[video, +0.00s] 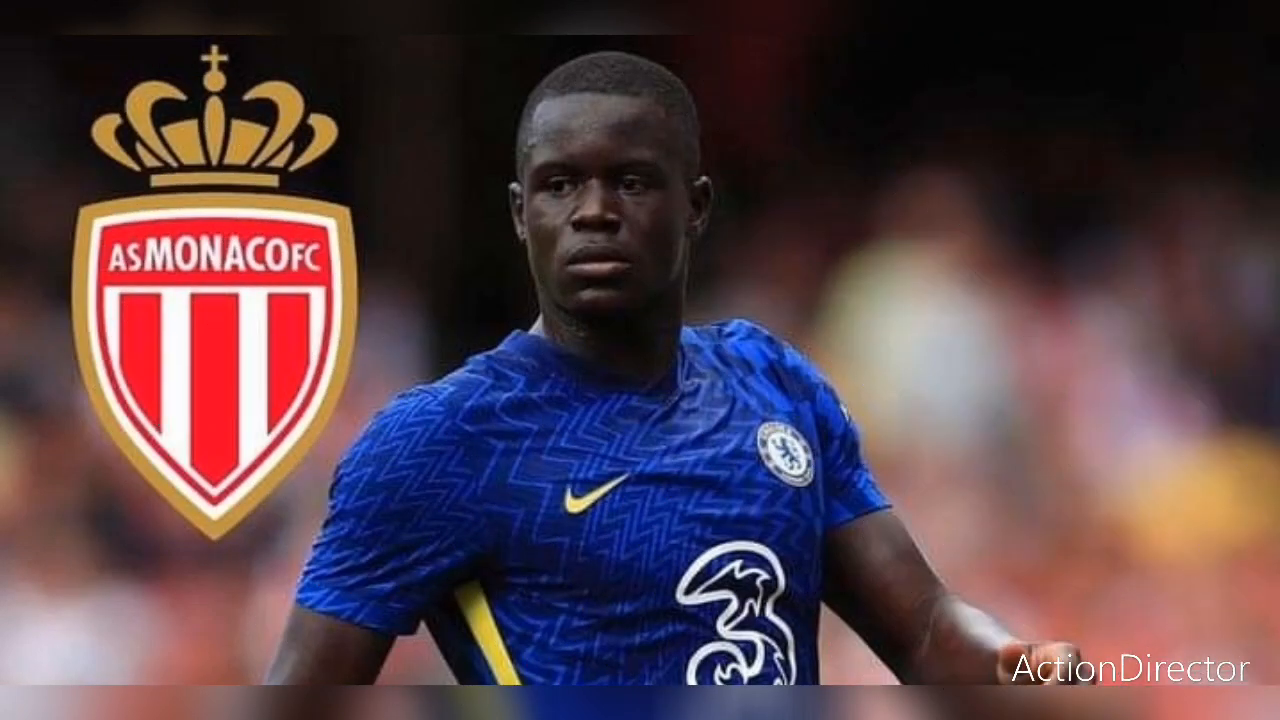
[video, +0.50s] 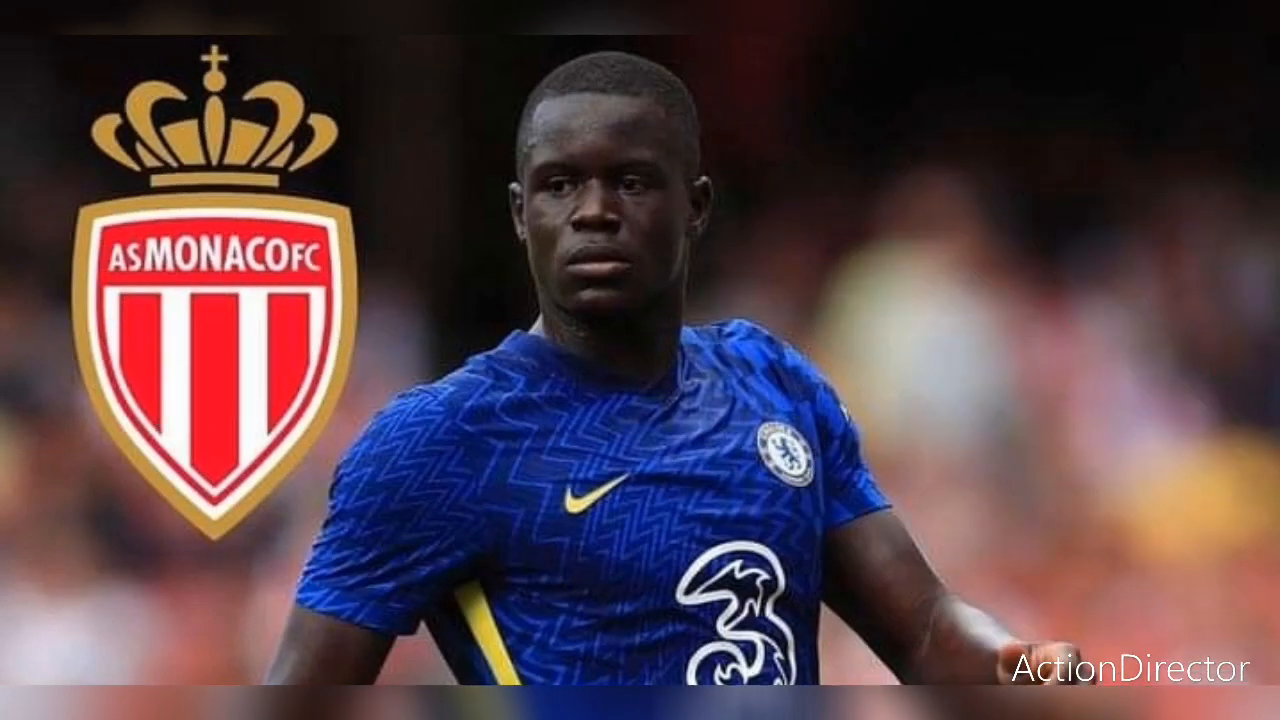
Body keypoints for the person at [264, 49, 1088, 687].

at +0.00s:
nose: (595, 210)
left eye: (633, 178)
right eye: (560, 181)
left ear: (697, 209)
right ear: (522, 216)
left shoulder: (770, 385)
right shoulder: (433, 444)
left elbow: (921, 626)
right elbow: (301, 691)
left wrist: (1021, 675)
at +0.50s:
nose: (596, 209)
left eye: (633, 178)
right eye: (560, 181)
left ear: (697, 210)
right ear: (522, 216)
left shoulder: (770, 385)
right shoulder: (432, 445)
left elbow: (921, 626)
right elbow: (301, 692)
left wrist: (1021, 675)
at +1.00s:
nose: (599, 209)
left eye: (635, 176)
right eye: (561, 180)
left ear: (698, 207)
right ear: (521, 212)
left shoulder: (786, 406)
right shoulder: (433, 444)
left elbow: (922, 626)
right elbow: (301, 689)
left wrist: (1018, 672)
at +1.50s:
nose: (600, 209)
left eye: (636, 177)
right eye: (562, 180)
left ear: (698, 206)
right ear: (521, 213)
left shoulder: (773, 388)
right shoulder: (431, 444)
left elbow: (920, 625)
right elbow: (301, 691)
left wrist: (1019, 673)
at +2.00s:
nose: (600, 209)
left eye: (636, 177)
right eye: (562, 180)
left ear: (698, 206)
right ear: (520, 213)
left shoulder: (770, 384)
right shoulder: (453, 430)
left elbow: (920, 625)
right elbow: (302, 688)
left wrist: (1021, 673)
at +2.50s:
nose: (596, 210)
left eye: (633, 178)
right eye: (560, 181)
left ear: (697, 208)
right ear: (522, 215)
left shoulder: (770, 385)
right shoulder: (433, 445)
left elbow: (921, 625)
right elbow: (301, 692)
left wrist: (1019, 674)